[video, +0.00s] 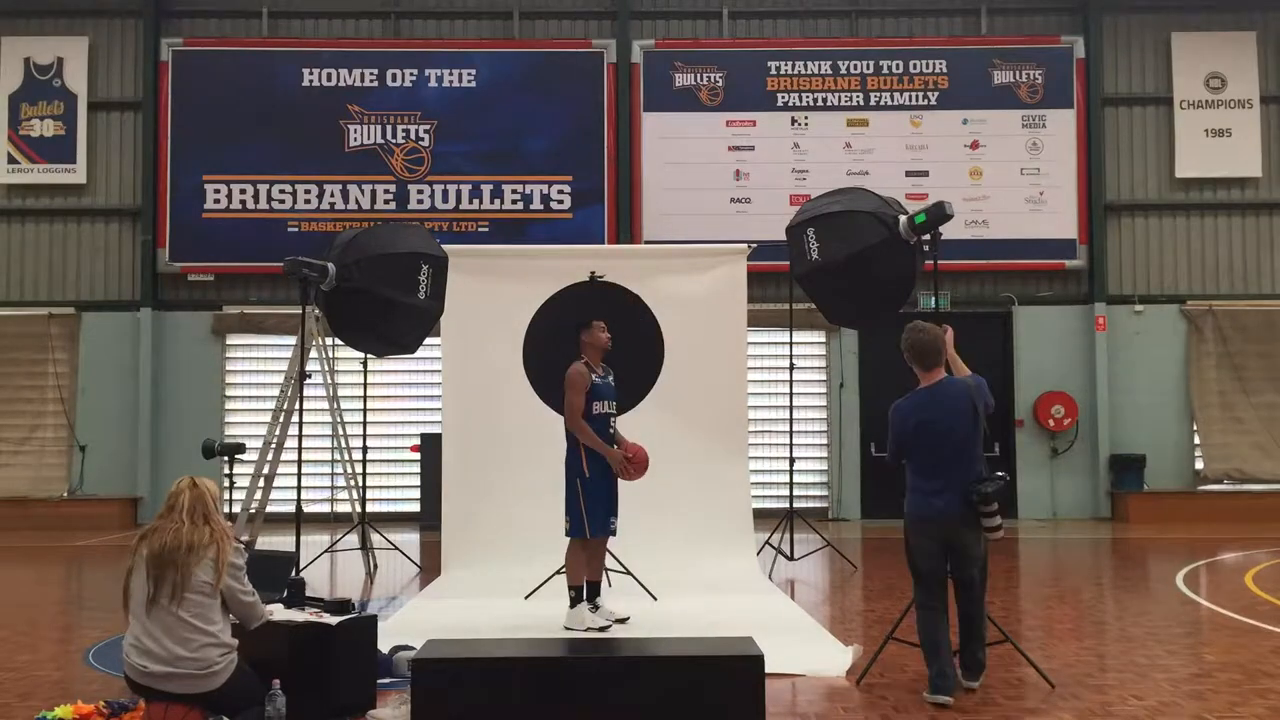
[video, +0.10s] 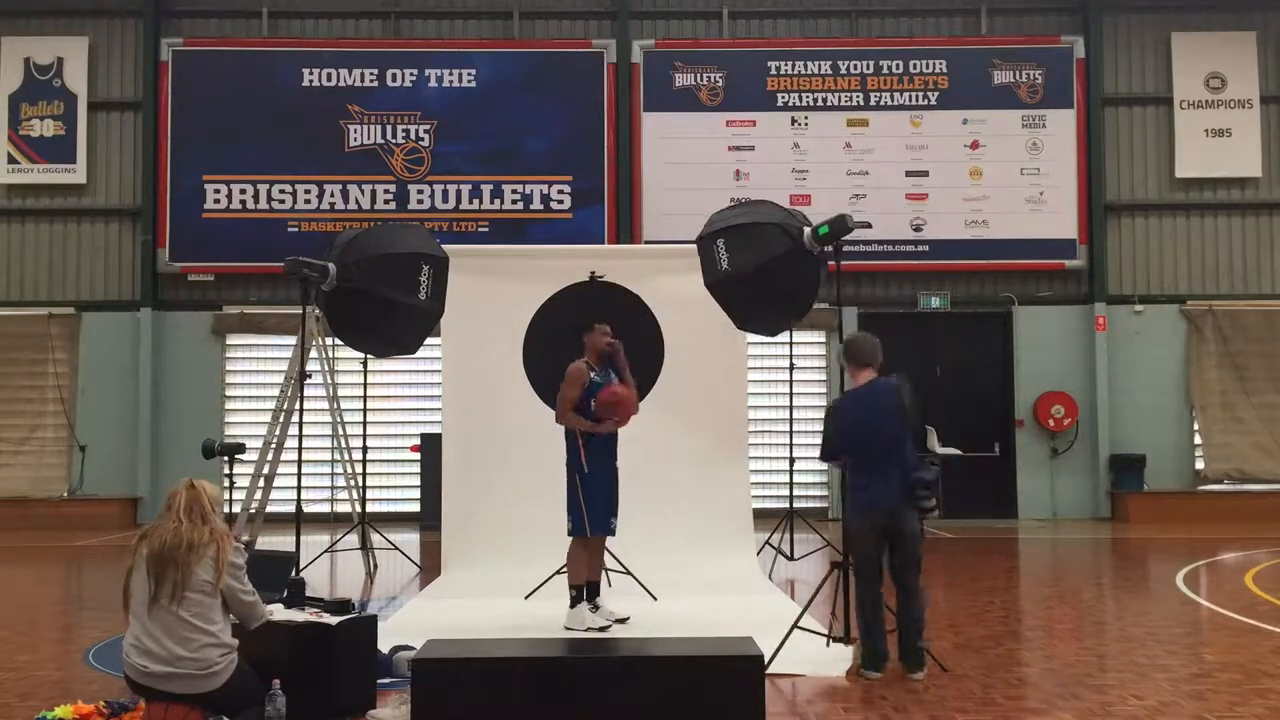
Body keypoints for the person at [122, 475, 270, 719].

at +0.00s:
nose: (222, 513)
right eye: (219, 506)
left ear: (171, 505)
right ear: (212, 508)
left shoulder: (144, 542)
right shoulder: (222, 547)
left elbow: (134, 606)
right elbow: (252, 616)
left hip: (141, 678)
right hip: (205, 680)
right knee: (255, 703)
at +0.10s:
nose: (222, 515)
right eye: (220, 509)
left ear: (171, 507)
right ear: (212, 510)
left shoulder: (146, 540)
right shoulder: (223, 546)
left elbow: (134, 602)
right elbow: (252, 615)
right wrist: (261, 613)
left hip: (141, 678)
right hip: (205, 680)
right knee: (255, 702)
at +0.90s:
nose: (233, 524)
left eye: (233, 517)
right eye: (232, 517)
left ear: (185, 508)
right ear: (225, 517)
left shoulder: (143, 541)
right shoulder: (227, 553)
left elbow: (131, 609)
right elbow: (235, 627)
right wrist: (246, 589)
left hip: (140, 678)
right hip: (205, 683)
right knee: (254, 703)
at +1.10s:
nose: (220, 516)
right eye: (216, 510)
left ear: (167, 507)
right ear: (210, 512)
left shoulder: (138, 542)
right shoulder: (224, 549)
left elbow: (129, 605)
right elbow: (261, 615)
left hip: (140, 679)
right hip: (205, 683)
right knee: (255, 700)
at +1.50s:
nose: (228, 515)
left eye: (228, 507)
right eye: (225, 508)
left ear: (174, 511)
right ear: (214, 511)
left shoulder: (147, 548)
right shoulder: (223, 552)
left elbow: (130, 606)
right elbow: (233, 621)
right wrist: (249, 657)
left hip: (139, 679)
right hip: (199, 684)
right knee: (257, 695)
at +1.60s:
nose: (220, 517)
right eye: (217, 511)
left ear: (168, 506)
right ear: (210, 513)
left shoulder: (133, 543)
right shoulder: (212, 558)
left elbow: (122, 612)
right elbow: (223, 634)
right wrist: (242, 652)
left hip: (132, 679)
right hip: (188, 683)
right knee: (256, 693)